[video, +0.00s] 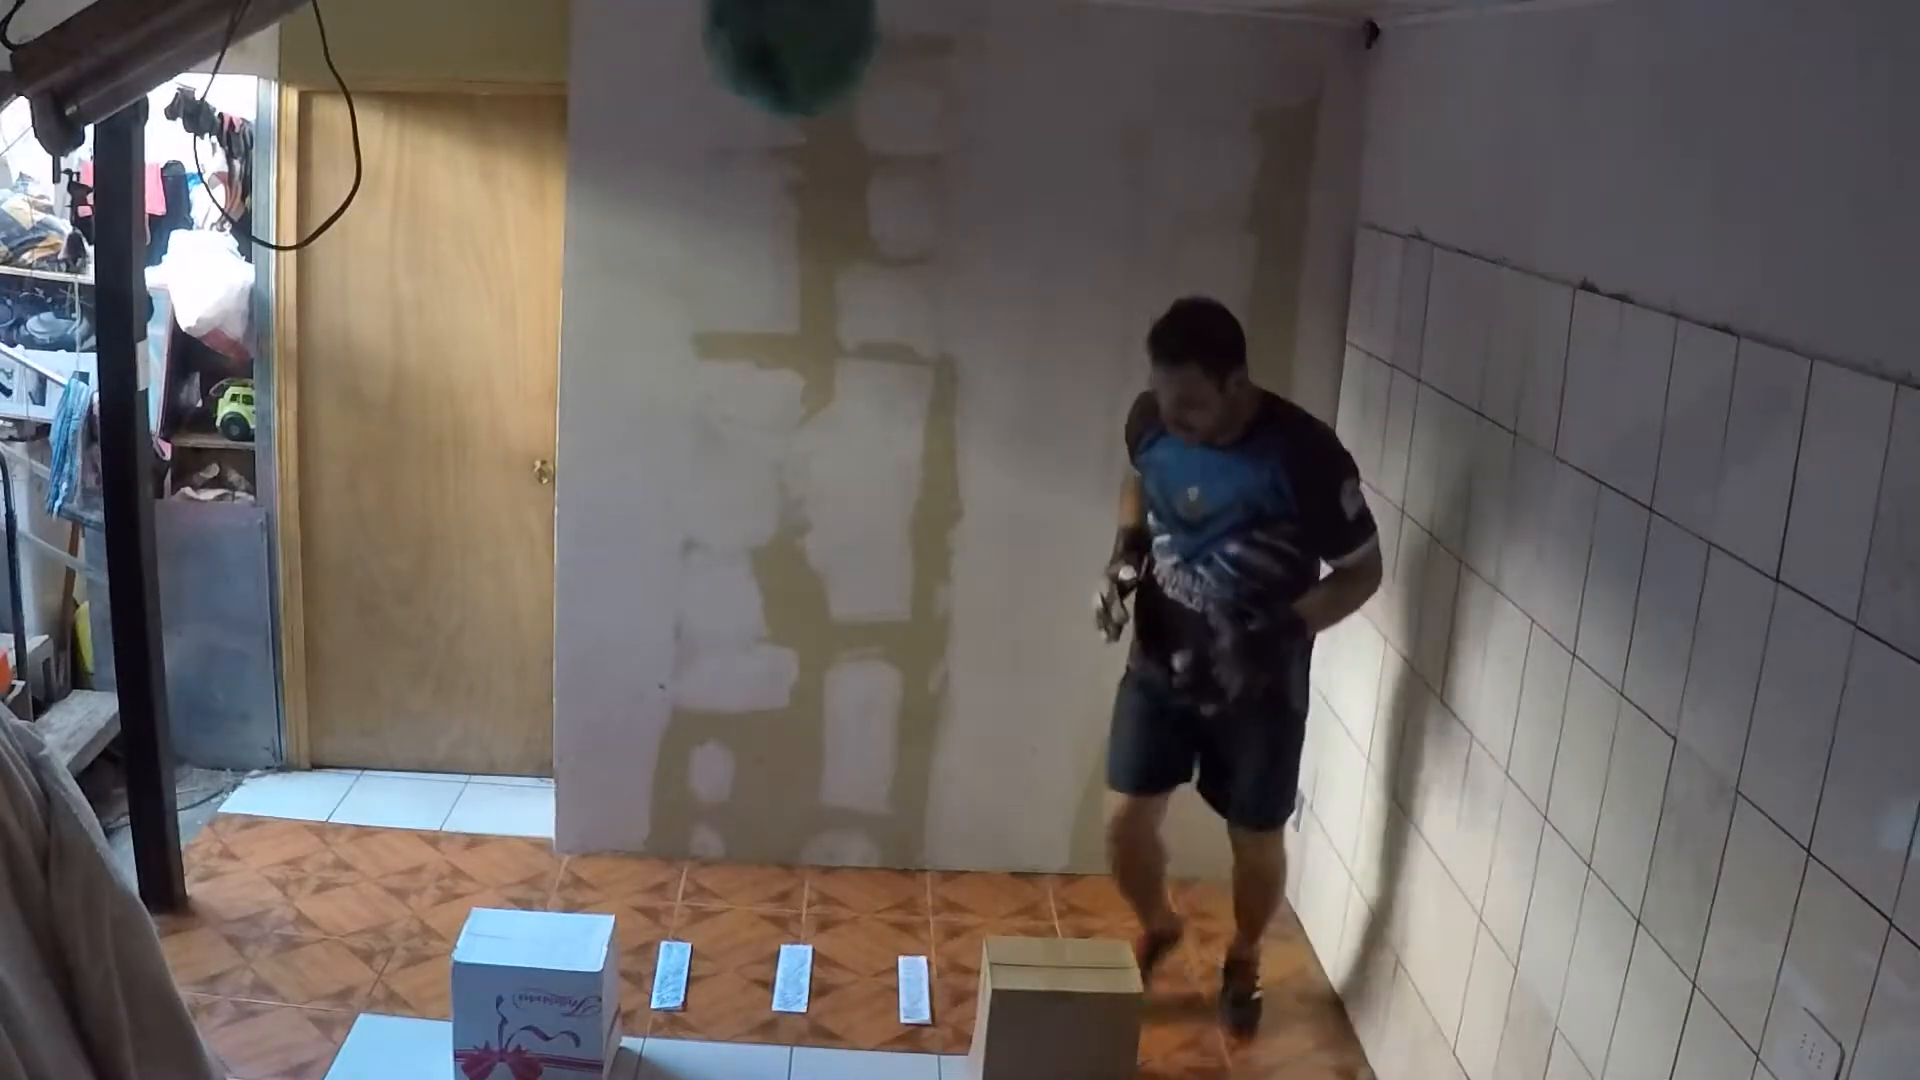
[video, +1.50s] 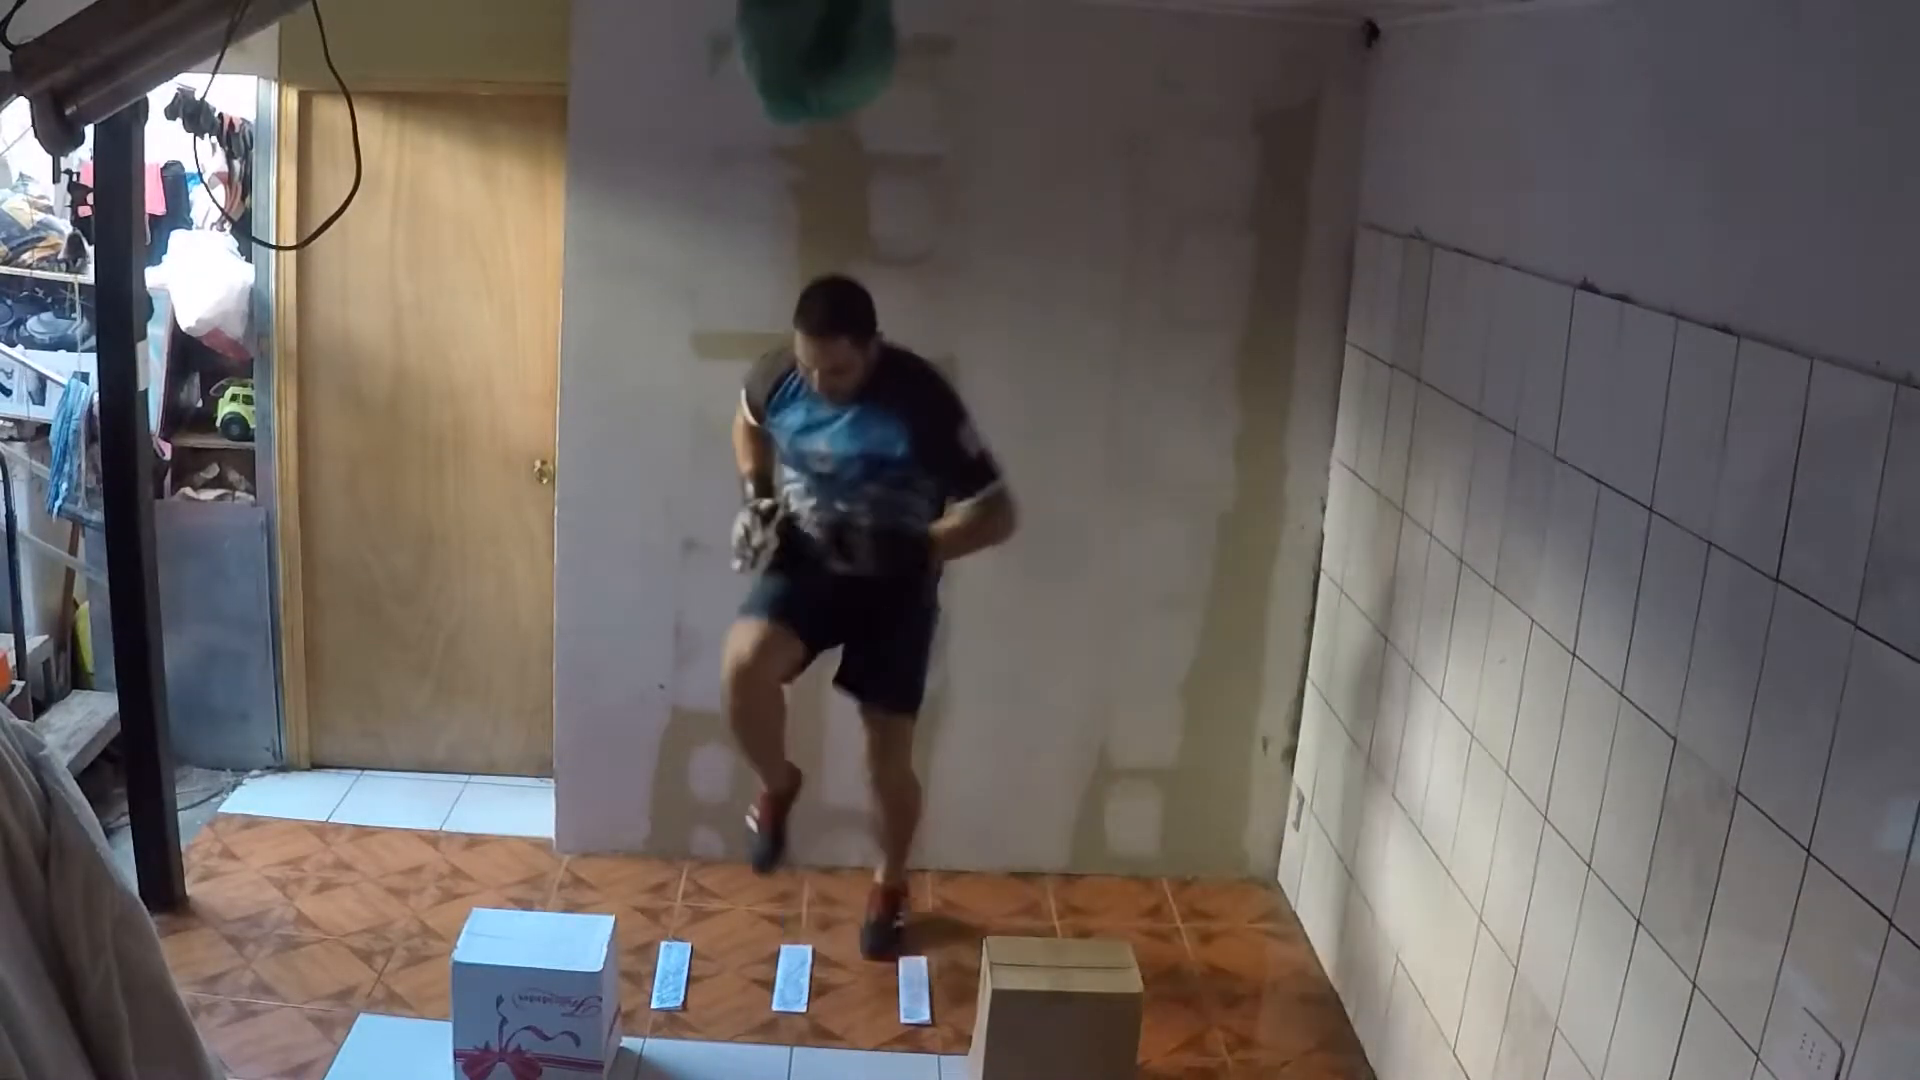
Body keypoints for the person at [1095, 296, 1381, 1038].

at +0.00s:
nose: (1177, 417)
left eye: (1192, 403)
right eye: (1168, 401)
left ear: (1234, 380)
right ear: (1157, 383)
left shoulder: (1308, 450)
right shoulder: (1152, 420)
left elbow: (1364, 568)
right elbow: (1139, 481)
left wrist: (1296, 618)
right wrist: (1126, 555)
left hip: (1260, 671)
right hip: (1164, 659)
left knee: (1256, 842)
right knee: (1128, 823)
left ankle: (1243, 960)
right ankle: (1157, 927)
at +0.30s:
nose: (1119, 423)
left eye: (1134, 409)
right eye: (1107, 406)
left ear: (1169, 385)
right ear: (1092, 384)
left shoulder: (1224, 431)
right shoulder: (1062, 432)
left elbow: (1313, 505)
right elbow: (1029, 521)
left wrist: (1258, 612)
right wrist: (1039, 562)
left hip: (1192, 644)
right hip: (1093, 641)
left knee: (1216, 819)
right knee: (1064, 788)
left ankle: (1205, 941)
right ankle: (1063, 903)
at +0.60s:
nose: (1075, 418)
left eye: (1090, 406)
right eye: (1063, 403)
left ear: (1123, 382)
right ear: (1047, 380)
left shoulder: (1169, 436)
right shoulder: (1024, 403)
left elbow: (1222, 563)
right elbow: (991, 431)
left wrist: (1150, 574)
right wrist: (983, 512)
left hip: (1138, 612)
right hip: (1046, 592)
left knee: (1132, 777)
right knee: (971, 717)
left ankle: (1123, 899)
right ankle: (1005, 825)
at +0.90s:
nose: (991, 388)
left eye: (1006, 375)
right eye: (979, 373)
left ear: (1039, 350)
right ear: (964, 351)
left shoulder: (1089, 393)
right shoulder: (940, 391)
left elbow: (1202, 444)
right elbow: (894, 459)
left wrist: (1139, 547)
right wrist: (915, 513)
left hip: (1056, 590)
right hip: (968, 589)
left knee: (1057, 737)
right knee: (962, 755)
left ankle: (1058, 884)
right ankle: (976, 891)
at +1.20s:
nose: (899, 387)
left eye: (913, 374)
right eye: (887, 372)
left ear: (947, 347)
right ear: (872, 350)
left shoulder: (1006, 390)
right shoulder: (857, 389)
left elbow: (1097, 477)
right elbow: (814, 460)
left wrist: (1028, 541)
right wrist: (826, 511)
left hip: (977, 580)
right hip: (883, 571)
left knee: (977, 768)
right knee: (826, 735)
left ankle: (1027, 893)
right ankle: (825, 862)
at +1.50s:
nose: (822, 381)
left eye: (838, 369)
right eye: (811, 367)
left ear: (870, 346)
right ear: (796, 344)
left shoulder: (918, 393)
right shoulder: (776, 380)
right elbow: (750, 422)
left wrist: (920, 545)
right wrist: (757, 503)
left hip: (895, 581)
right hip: (806, 567)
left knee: (887, 751)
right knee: (744, 669)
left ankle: (890, 885)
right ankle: (777, 783)